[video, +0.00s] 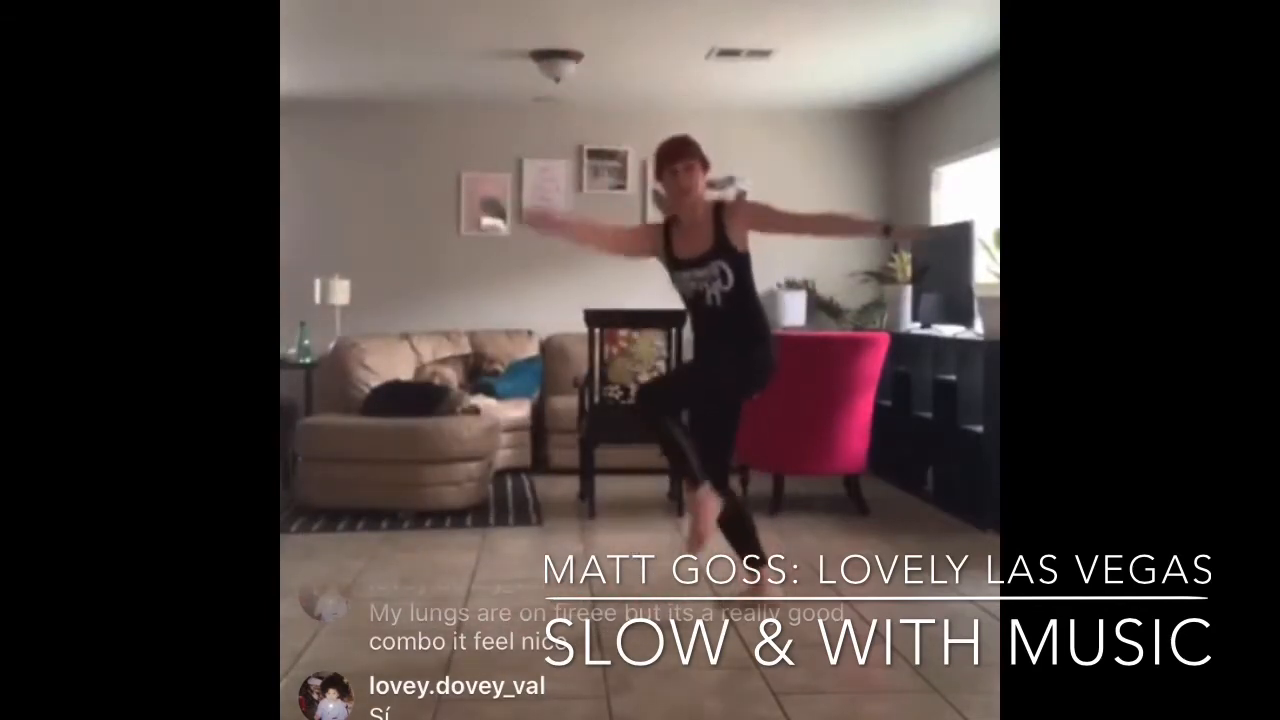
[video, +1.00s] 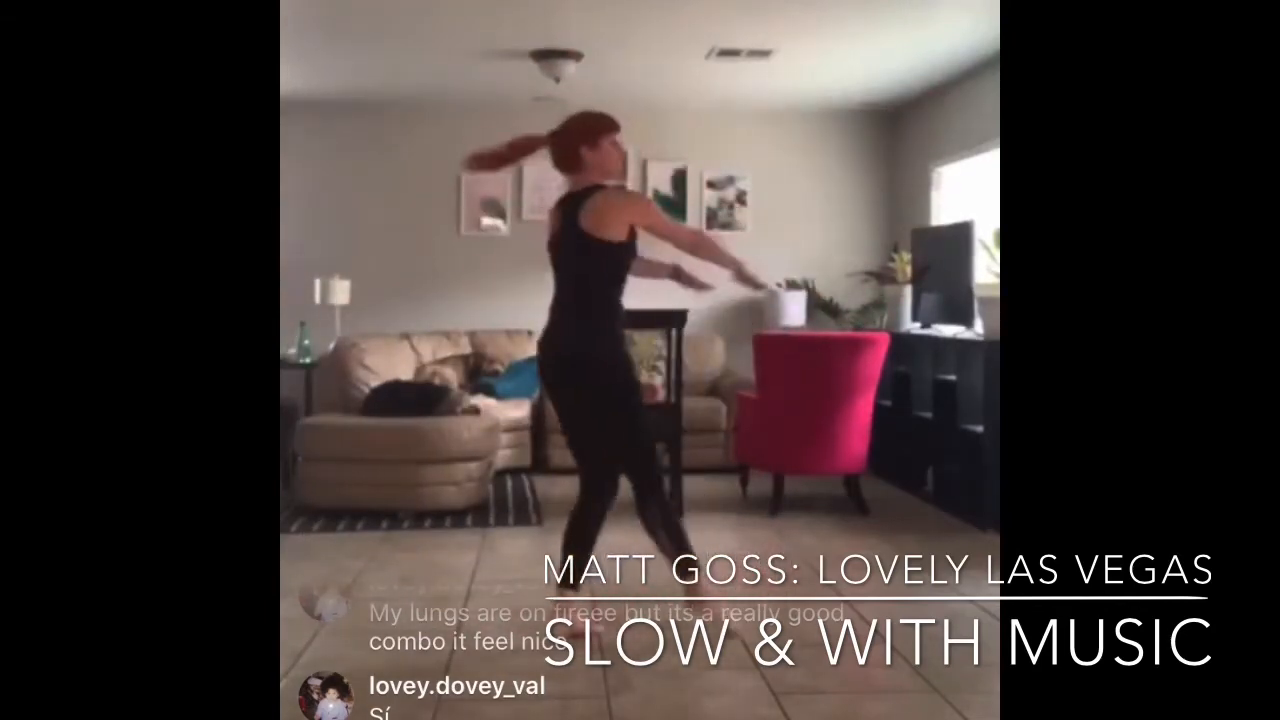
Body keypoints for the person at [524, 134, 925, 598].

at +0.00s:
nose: (683, 179)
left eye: (689, 168)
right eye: (672, 172)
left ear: (705, 173)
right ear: (661, 182)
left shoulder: (735, 217)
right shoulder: (660, 236)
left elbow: (810, 224)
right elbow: (604, 238)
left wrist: (881, 229)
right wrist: (550, 223)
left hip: (749, 354)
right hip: (709, 358)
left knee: (655, 397)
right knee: (713, 476)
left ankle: (700, 491)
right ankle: (759, 571)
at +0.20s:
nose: (669, 172)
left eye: (677, 163)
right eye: (660, 166)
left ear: (695, 170)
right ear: (650, 178)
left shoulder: (723, 220)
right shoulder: (642, 236)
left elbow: (787, 264)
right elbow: (624, 300)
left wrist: (841, 303)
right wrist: (647, 325)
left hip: (723, 354)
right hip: (681, 356)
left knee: (639, 439)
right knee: (686, 485)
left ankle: (625, 569)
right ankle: (755, 570)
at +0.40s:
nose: (648, 170)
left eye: (656, 162)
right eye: (639, 164)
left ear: (673, 169)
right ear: (628, 174)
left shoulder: (698, 231)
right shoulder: (612, 233)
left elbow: (767, 280)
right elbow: (579, 291)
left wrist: (759, 312)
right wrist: (626, 311)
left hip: (685, 367)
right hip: (647, 369)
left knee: (613, 473)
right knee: (658, 496)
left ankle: (627, 599)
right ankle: (743, 561)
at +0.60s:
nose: (601, 171)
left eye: (610, 161)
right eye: (598, 163)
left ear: (640, 167)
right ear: (600, 172)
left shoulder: (657, 225)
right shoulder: (603, 231)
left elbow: (617, 281)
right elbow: (556, 266)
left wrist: (544, 285)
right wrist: (523, 282)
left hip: (664, 368)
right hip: (645, 368)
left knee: (593, 480)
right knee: (656, 485)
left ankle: (625, 598)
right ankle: (737, 560)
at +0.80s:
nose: (583, 165)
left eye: (583, 158)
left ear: (586, 161)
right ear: (630, 160)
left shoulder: (570, 216)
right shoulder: (649, 215)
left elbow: (528, 279)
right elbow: (633, 264)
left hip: (605, 356)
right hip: (662, 352)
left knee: (594, 482)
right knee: (681, 470)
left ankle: (611, 600)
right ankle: (721, 574)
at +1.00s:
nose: (623, 151)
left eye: (619, 141)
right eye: (614, 143)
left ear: (577, 157)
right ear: (591, 153)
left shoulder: (560, 213)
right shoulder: (621, 203)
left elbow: (613, 257)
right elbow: (695, 240)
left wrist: (673, 270)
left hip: (558, 354)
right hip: (598, 354)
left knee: (599, 478)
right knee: (644, 472)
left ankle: (564, 597)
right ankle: (697, 584)